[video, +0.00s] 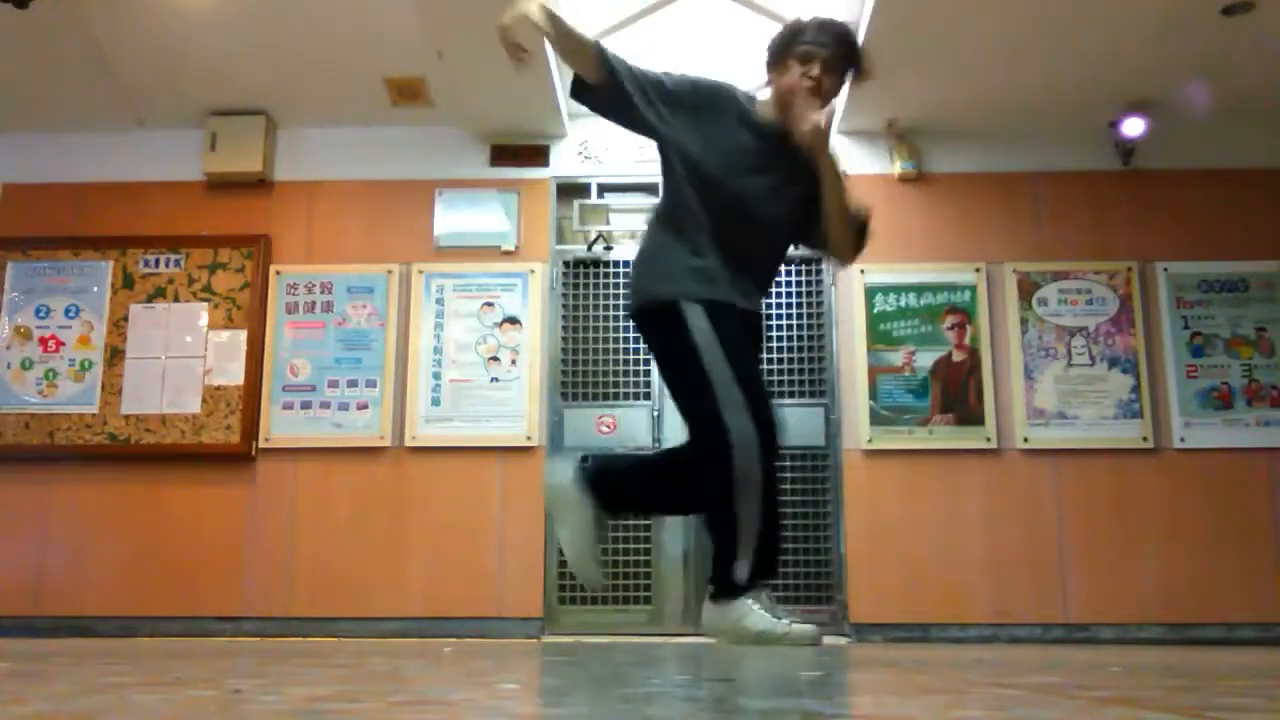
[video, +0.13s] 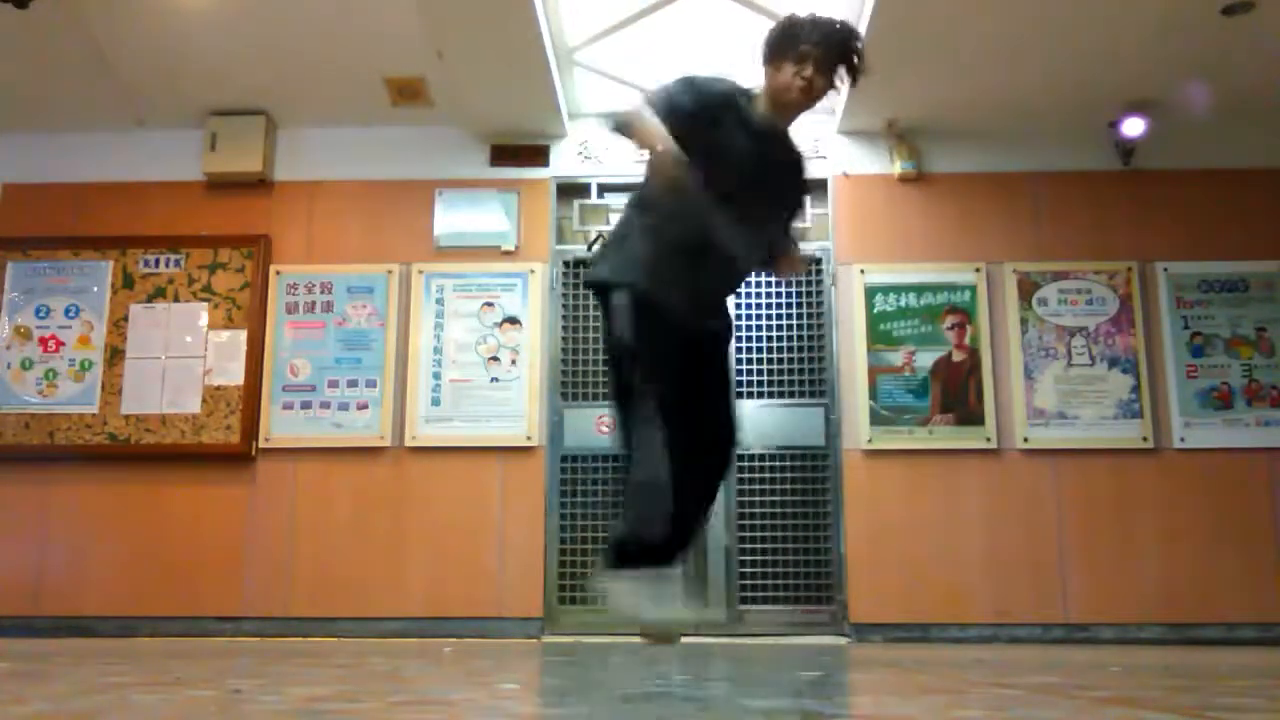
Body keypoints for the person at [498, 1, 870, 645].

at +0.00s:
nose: (818, 82)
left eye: (831, 76)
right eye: (809, 64)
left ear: (838, 91)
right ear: (776, 66)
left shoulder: (811, 166)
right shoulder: (713, 106)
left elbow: (845, 246)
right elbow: (613, 79)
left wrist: (823, 159)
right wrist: (546, 19)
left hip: (737, 308)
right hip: (678, 289)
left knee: (726, 464)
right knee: (743, 434)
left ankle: (588, 485)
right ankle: (732, 598)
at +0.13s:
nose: (807, 85)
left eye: (820, 79)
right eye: (801, 67)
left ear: (825, 90)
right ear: (773, 60)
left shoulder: (787, 168)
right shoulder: (712, 97)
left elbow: (775, 250)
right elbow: (632, 116)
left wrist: (797, 261)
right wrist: (663, 145)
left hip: (701, 303)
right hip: (640, 276)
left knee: (713, 440)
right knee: (650, 402)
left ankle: (655, 570)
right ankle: (632, 566)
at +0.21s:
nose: (798, 99)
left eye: (805, 88)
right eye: (789, 82)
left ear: (804, 96)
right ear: (757, 80)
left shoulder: (759, 182)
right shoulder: (696, 128)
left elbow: (732, 268)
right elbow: (699, 209)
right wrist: (773, 294)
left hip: (691, 322)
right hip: (634, 300)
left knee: (693, 467)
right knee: (608, 422)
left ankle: (635, 602)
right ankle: (517, 556)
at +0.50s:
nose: (726, 47)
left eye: (731, 37)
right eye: (714, 37)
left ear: (737, 45)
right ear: (687, 45)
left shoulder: (731, 123)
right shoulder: (661, 115)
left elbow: (723, 199)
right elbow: (680, 194)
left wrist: (765, 222)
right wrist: (755, 208)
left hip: (699, 314)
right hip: (639, 307)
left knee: (689, 447)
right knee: (613, 427)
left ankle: (657, 579)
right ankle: (575, 552)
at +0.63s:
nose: (692, 33)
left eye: (701, 22)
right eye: (677, 24)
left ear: (712, 31)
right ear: (653, 38)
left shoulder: (733, 110)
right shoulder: (636, 104)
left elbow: (743, 194)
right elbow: (662, 174)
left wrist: (768, 191)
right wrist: (746, 168)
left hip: (710, 302)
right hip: (644, 303)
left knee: (713, 439)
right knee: (653, 440)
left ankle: (703, 585)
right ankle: (662, 591)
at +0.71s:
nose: (681, 61)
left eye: (687, 49)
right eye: (666, 51)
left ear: (700, 56)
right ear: (641, 63)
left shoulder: (726, 132)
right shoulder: (621, 132)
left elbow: (786, 214)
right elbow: (642, 187)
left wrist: (780, 201)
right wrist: (723, 164)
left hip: (713, 325)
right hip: (640, 332)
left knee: (745, 456)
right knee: (659, 470)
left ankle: (760, 578)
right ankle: (679, 598)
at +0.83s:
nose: (665, 110)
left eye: (675, 100)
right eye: (651, 101)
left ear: (691, 112)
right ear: (631, 118)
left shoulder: (721, 172)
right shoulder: (609, 191)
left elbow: (763, 232)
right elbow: (618, 247)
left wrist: (749, 253)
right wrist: (667, 250)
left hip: (717, 362)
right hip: (644, 368)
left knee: (763, 475)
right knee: (662, 491)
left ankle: (819, 556)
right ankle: (681, 605)